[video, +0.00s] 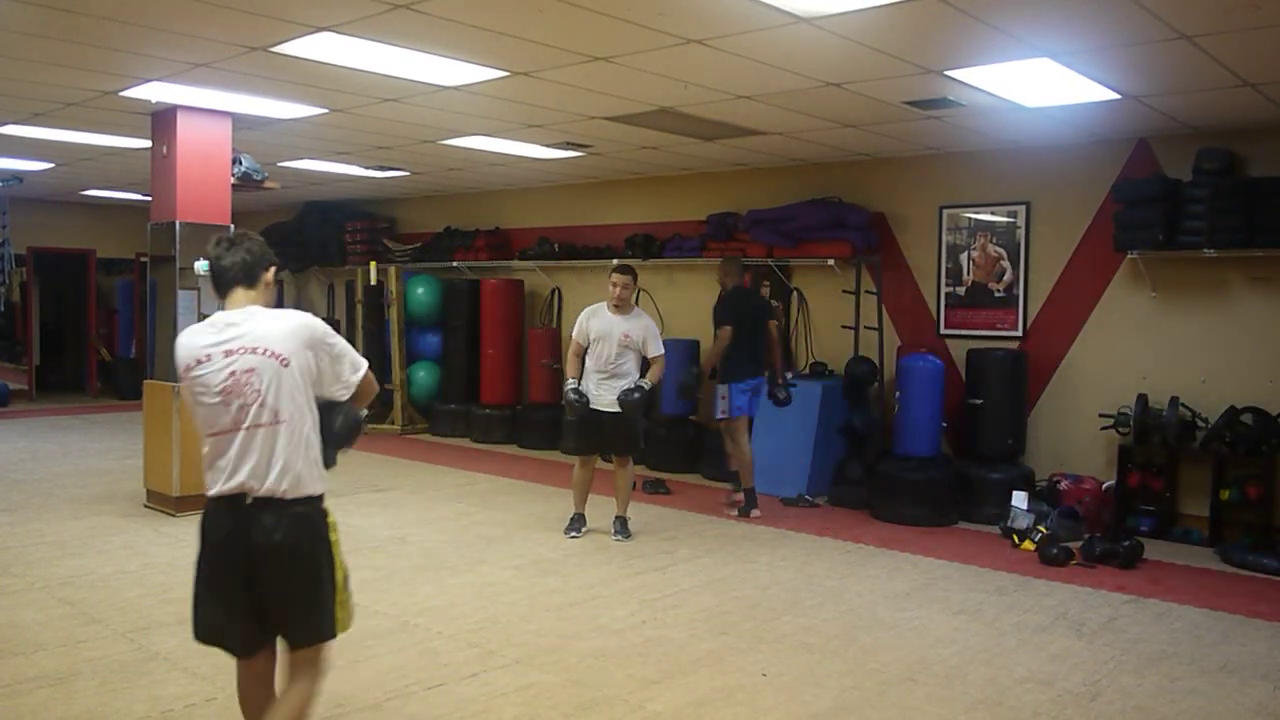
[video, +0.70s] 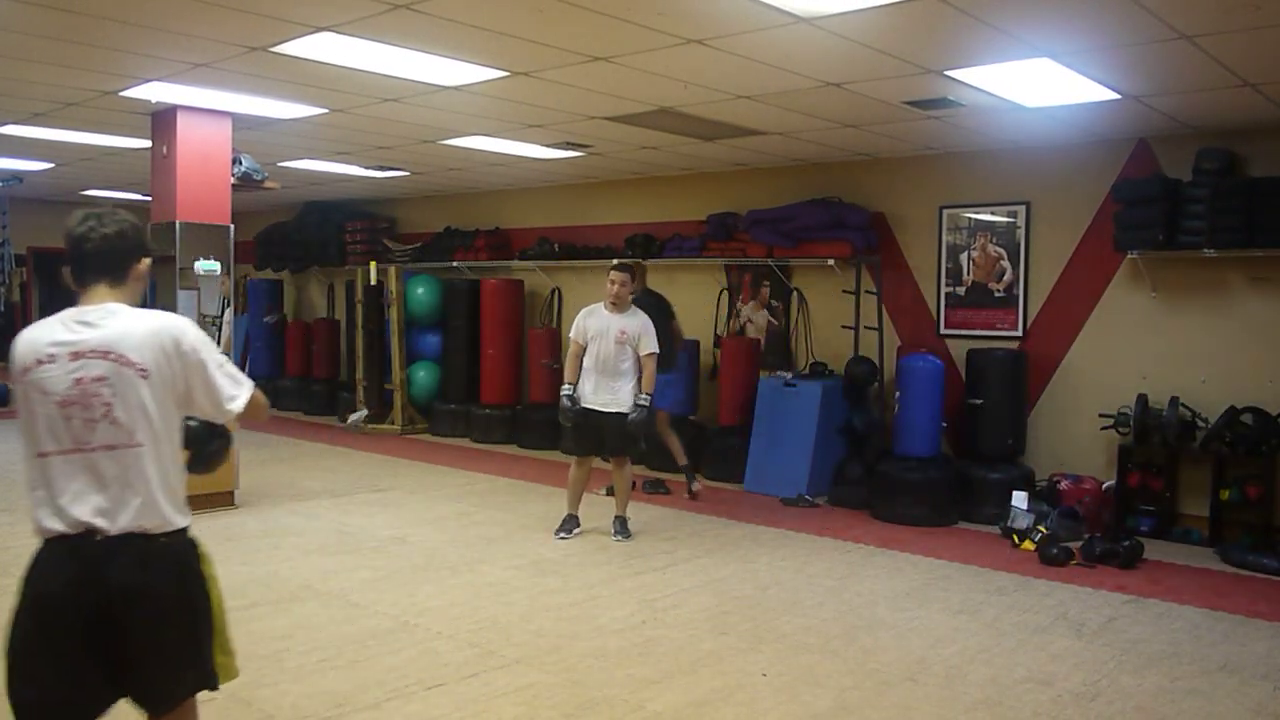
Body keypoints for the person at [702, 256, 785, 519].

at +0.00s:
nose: (718, 278)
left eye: (720, 274)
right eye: (720, 273)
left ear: (725, 275)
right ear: (742, 274)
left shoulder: (726, 301)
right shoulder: (758, 299)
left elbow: (723, 337)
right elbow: (773, 334)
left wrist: (708, 363)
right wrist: (777, 371)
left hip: (734, 376)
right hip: (756, 374)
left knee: (738, 435)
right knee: (734, 430)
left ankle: (750, 500)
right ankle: (740, 485)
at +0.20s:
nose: (694, 283)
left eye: (695, 279)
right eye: (695, 278)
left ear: (699, 280)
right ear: (715, 278)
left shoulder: (701, 303)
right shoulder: (731, 302)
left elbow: (699, 340)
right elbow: (749, 336)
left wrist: (678, 365)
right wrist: (755, 376)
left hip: (707, 377)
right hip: (728, 376)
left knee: (715, 433)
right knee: (705, 430)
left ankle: (742, 490)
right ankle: (700, 486)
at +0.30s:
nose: (679, 281)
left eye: (680, 277)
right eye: (680, 277)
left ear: (687, 277)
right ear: (701, 276)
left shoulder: (691, 300)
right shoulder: (720, 300)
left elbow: (690, 337)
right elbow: (730, 333)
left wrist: (673, 364)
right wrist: (720, 361)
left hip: (693, 374)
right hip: (715, 373)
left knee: (685, 429)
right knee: (700, 429)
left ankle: (722, 476)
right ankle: (699, 487)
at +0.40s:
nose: (665, 282)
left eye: (666, 277)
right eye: (665, 277)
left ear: (674, 277)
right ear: (686, 276)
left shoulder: (679, 300)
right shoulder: (707, 298)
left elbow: (683, 335)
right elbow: (722, 333)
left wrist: (670, 368)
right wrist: (716, 364)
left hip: (685, 373)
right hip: (706, 372)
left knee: (661, 424)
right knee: (694, 425)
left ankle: (688, 468)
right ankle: (698, 484)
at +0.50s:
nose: (647, 282)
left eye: (650, 277)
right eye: (647, 277)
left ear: (662, 276)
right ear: (669, 275)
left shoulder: (668, 299)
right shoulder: (692, 298)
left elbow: (674, 335)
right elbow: (709, 333)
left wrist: (665, 368)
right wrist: (702, 361)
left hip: (672, 372)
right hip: (695, 371)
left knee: (649, 420)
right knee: (691, 424)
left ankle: (654, 478)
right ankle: (698, 484)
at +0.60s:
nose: (636, 283)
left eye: (637, 277)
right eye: (636, 277)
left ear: (646, 277)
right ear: (657, 276)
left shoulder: (655, 302)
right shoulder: (677, 299)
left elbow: (661, 345)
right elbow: (693, 336)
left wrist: (645, 372)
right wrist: (691, 367)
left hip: (662, 371)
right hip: (683, 371)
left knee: (634, 419)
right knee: (682, 424)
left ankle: (621, 479)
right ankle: (697, 484)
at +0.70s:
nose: (620, 284)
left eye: (624, 279)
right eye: (619, 278)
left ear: (632, 278)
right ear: (644, 277)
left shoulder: (628, 304)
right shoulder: (660, 300)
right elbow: (678, 333)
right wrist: (671, 357)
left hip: (636, 371)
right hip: (667, 371)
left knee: (625, 425)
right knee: (663, 425)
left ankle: (621, 481)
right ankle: (690, 476)